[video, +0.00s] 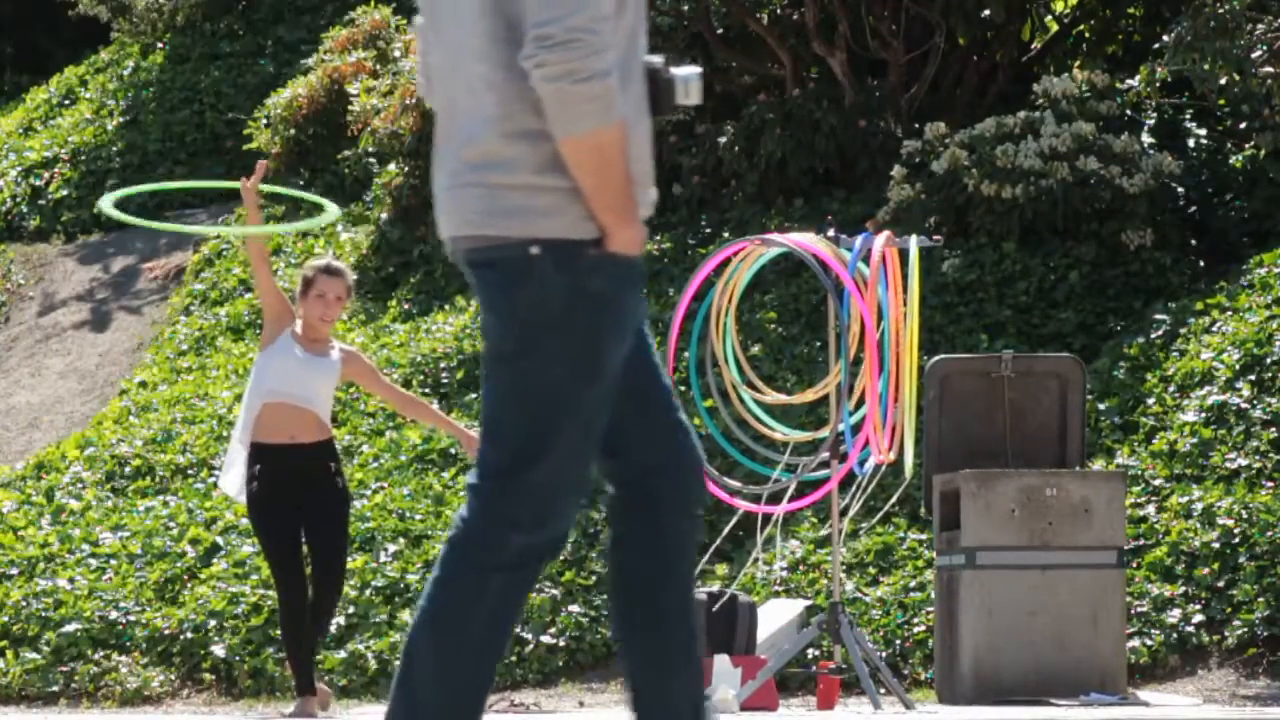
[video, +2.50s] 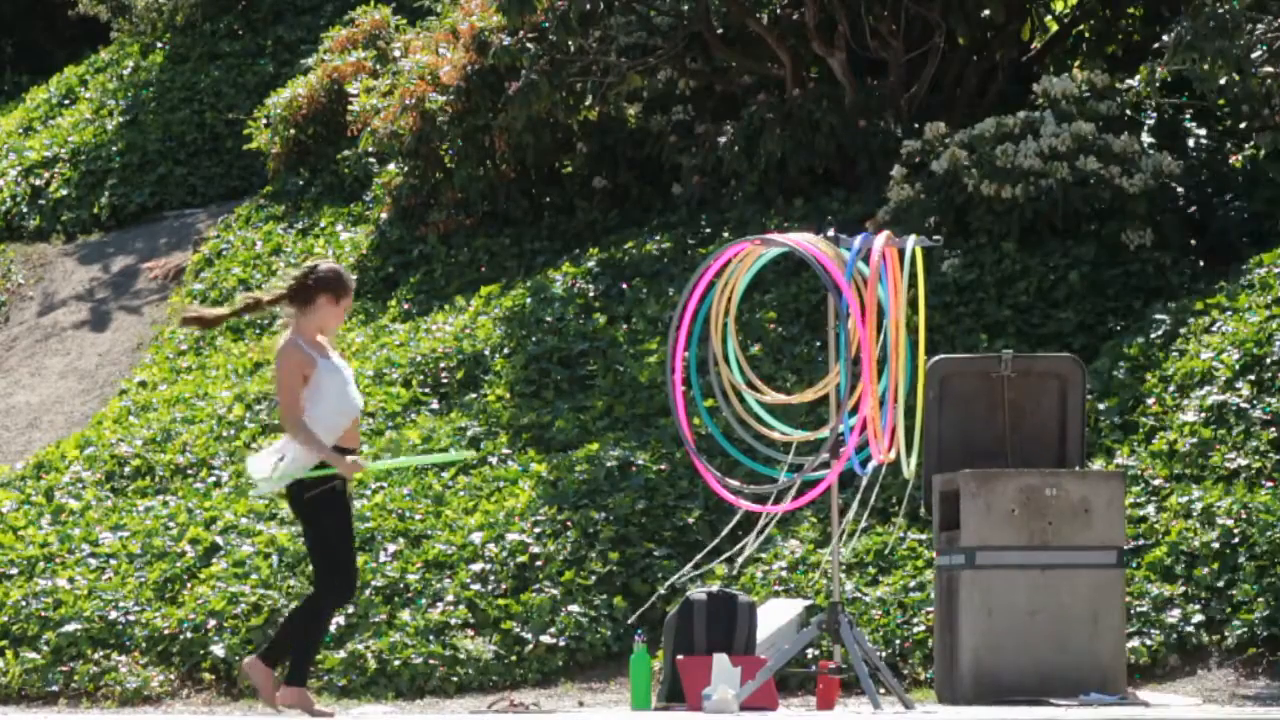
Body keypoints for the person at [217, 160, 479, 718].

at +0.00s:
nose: (327, 306)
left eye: (336, 300)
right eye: (320, 296)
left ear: (345, 306)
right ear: (301, 296)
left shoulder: (344, 357)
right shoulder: (279, 323)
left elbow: (401, 400)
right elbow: (259, 261)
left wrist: (460, 433)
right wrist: (251, 202)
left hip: (319, 466)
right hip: (265, 466)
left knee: (329, 583)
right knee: (291, 588)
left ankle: (302, 664)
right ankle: (306, 694)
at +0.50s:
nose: (343, 303)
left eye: (347, 295)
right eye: (337, 293)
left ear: (334, 302)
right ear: (306, 293)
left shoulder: (330, 349)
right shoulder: (278, 329)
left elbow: (318, 412)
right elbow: (260, 254)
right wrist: (303, 217)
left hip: (321, 467)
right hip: (281, 464)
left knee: (307, 583)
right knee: (298, 582)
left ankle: (274, 686)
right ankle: (306, 693)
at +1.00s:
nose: (315, 295)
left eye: (314, 287)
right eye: (311, 288)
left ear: (275, 294)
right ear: (298, 291)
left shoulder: (258, 341)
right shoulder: (298, 326)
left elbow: (223, 399)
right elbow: (363, 293)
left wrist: (259, 407)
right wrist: (380, 268)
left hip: (250, 482)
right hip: (294, 479)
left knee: (275, 585)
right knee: (318, 582)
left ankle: (269, 695)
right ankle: (318, 693)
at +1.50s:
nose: (256, 308)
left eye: (261, 300)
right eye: (255, 300)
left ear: (284, 300)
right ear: (297, 300)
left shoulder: (263, 347)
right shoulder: (334, 340)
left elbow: (273, 412)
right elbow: (333, 391)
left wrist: (325, 409)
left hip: (263, 473)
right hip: (312, 473)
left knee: (263, 581)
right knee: (274, 579)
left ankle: (269, 689)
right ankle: (292, 681)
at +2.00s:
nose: (304, 312)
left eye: (313, 304)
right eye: (295, 303)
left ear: (322, 304)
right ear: (277, 299)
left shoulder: (326, 343)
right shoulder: (259, 347)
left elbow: (354, 408)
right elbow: (240, 410)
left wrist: (309, 409)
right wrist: (197, 435)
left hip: (317, 468)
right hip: (266, 470)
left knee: (304, 580)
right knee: (265, 582)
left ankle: (303, 688)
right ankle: (269, 686)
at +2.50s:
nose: (346, 314)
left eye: (347, 306)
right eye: (343, 305)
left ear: (322, 303)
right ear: (320, 301)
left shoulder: (320, 345)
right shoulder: (294, 351)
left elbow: (321, 410)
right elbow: (290, 419)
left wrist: (347, 449)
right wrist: (333, 458)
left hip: (329, 476)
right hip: (312, 479)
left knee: (336, 583)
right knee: (337, 583)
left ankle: (294, 684)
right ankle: (265, 663)